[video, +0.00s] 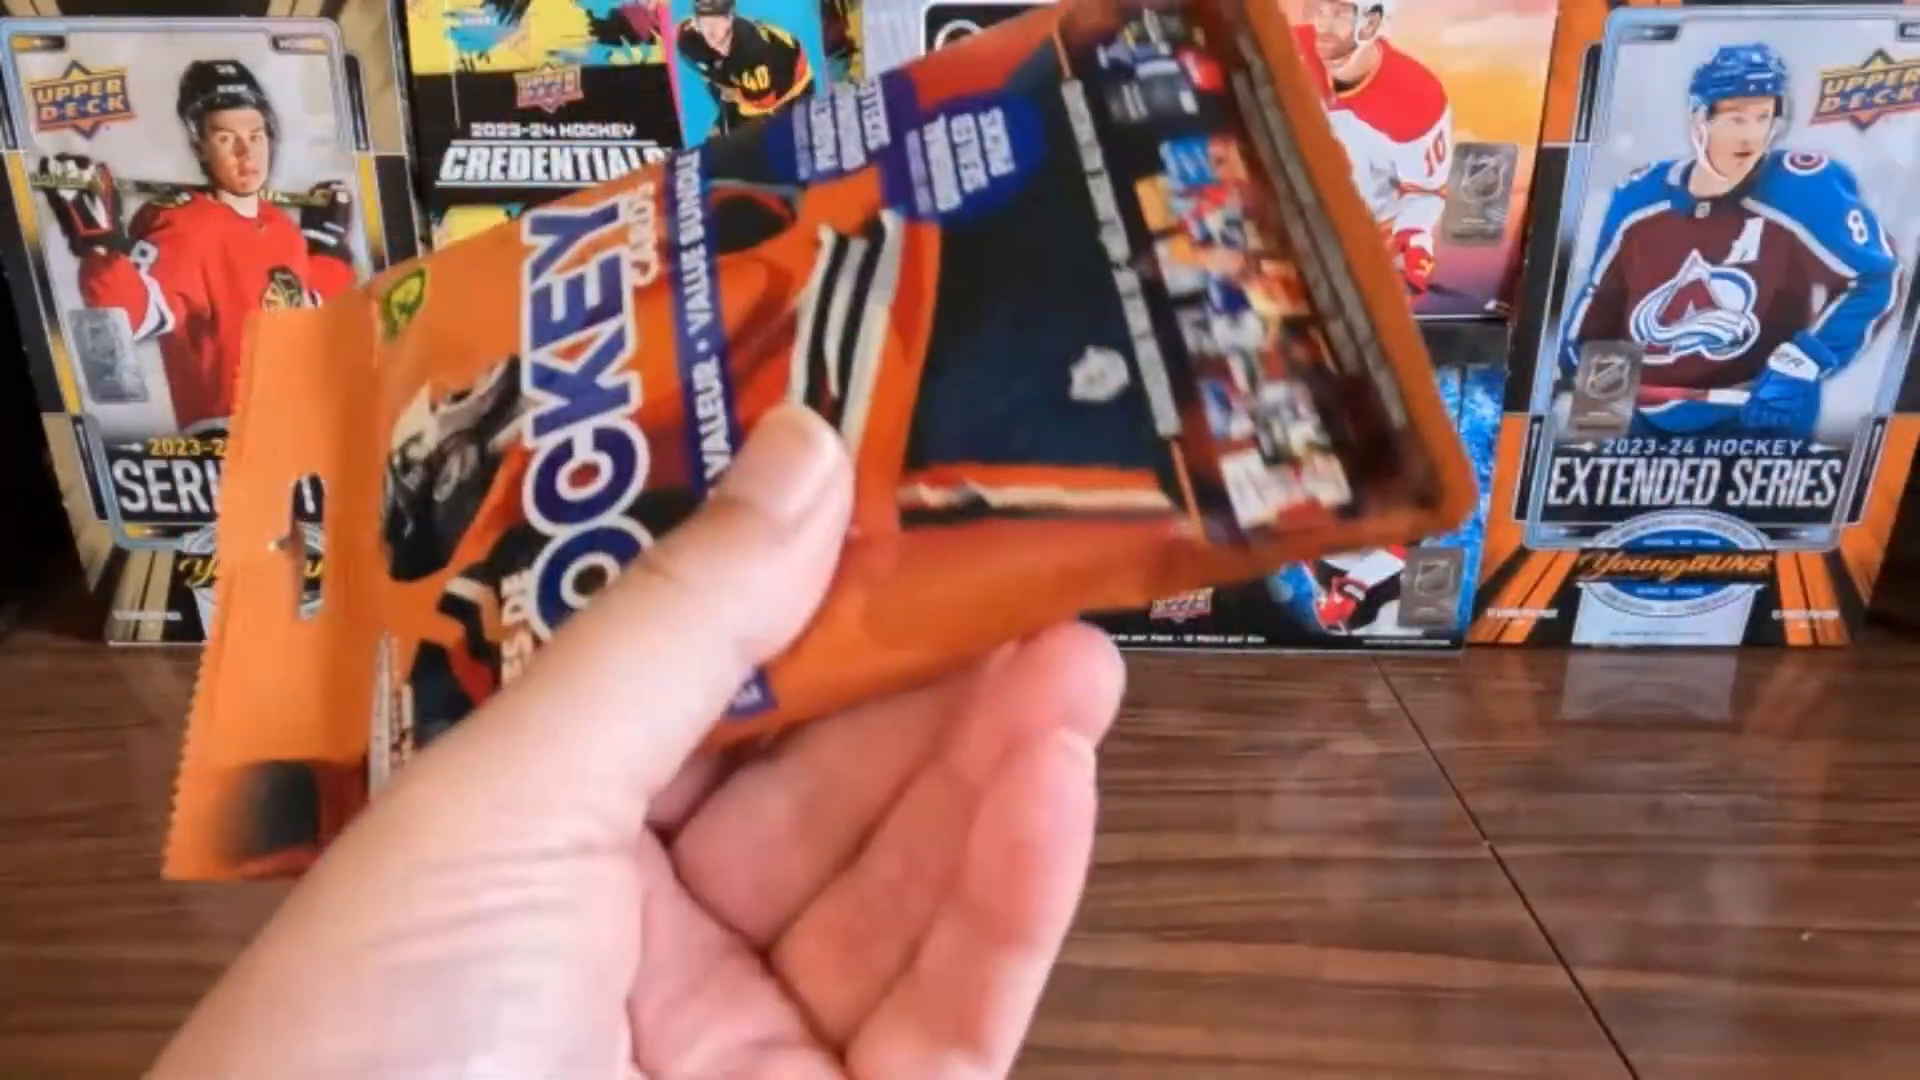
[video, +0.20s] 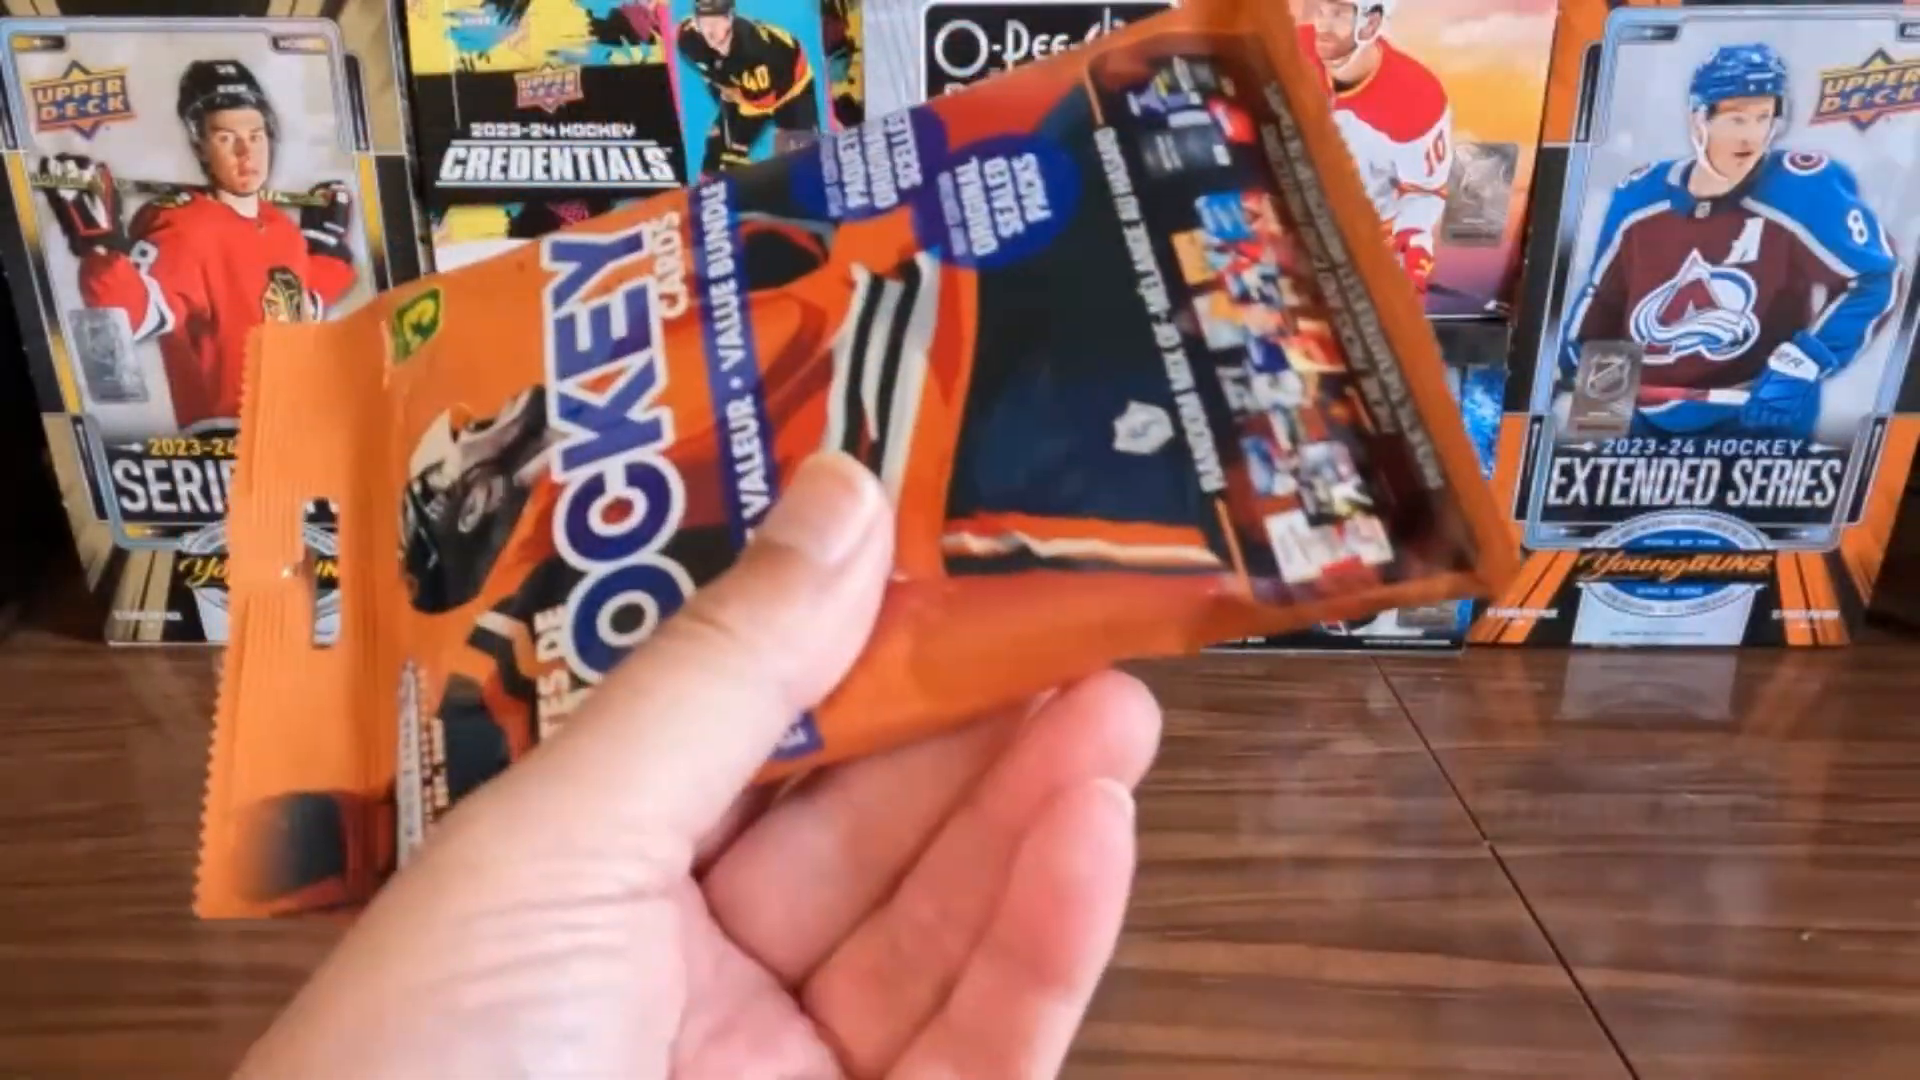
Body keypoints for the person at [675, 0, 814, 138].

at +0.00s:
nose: (711, 31)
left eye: (718, 22)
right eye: (705, 23)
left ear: (730, 19)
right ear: (695, 23)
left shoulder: (754, 47)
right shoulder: (688, 39)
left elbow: (765, 103)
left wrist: (738, 98)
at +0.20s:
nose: (713, 31)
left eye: (719, 22)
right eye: (706, 24)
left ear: (730, 19)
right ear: (695, 23)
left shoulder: (755, 48)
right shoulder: (688, 38)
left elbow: (760, 107)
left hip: (791, 92)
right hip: (741, 97)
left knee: (798, 158)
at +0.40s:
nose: (712, 30)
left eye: (718, 22)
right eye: (706, 22)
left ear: (731, 19)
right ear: (696, 23)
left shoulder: (754, 49)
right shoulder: (689, 38)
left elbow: (757, 109)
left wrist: (736, 155)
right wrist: (723, 89)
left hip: (789, 91)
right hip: (740, 96)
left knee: (802, 159)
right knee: (717, 150)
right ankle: (698, 220)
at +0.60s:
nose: (712, 30)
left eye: (718, 22)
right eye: (705, 23)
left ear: (730, 19)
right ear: (696, 23)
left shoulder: (754, 47)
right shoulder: (689, 37)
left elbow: (757, 107)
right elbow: (707, 69)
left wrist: (736, 156)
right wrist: (723, 88)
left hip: (790, 89)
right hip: (741, 95)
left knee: (803, 161)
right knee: (717, 146)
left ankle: (835, 226)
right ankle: (699, 218)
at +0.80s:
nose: (712, 30)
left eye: (718, 22)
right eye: (705, 23)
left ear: (730, 19)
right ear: (696, 23)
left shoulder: (754, 49)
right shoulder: (689, 37)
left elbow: (757, 109)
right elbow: (709, 71)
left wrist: (735, 158)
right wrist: (723, 89)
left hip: (789, 89)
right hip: (740, 94)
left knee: (801, 157)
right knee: (717, 146)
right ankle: (699, 217)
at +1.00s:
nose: (713, 30)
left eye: (719, 21)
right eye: (707, 23)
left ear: (730, 18)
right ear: (696, 22)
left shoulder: (755, 45)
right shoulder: (688, 39)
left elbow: (766, 102)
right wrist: (728, 90)